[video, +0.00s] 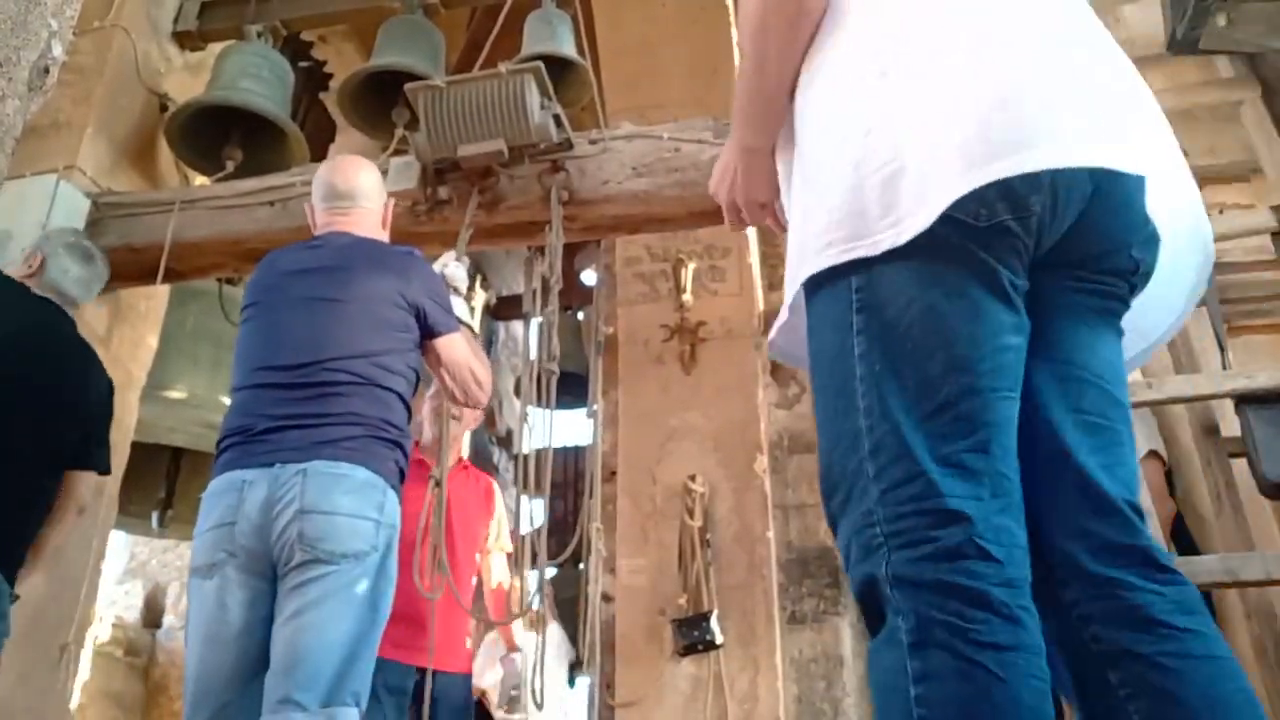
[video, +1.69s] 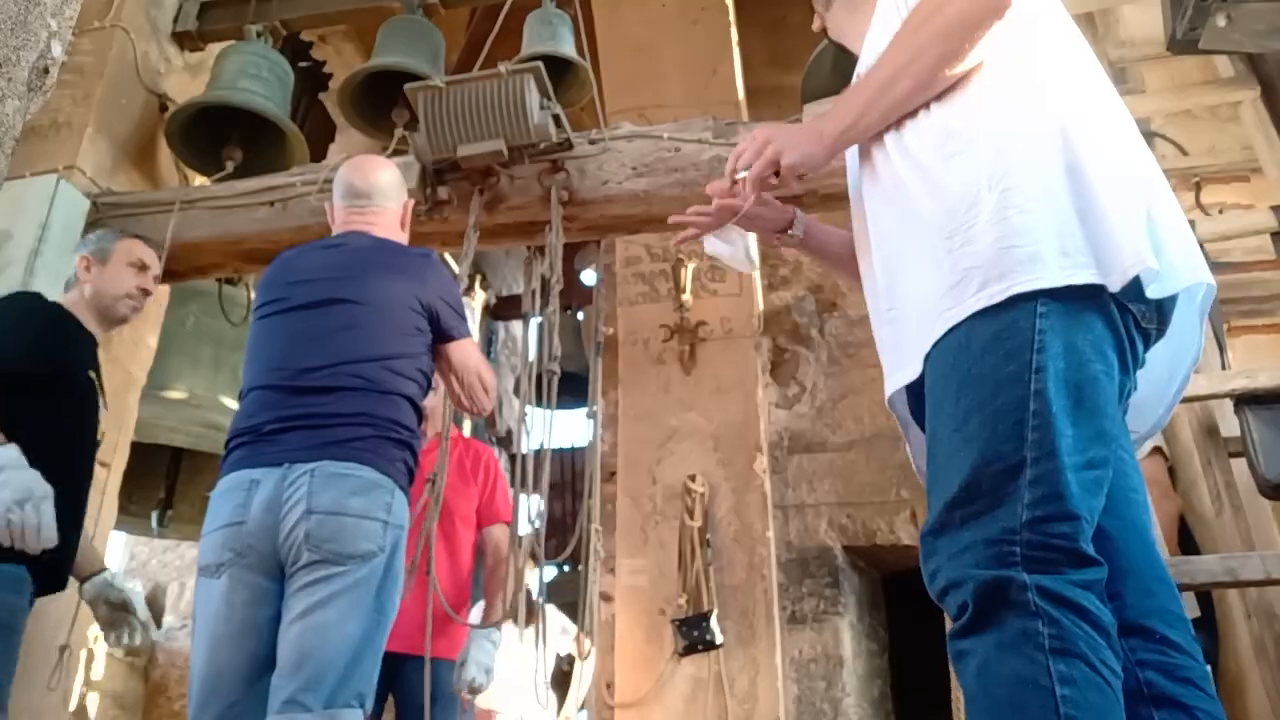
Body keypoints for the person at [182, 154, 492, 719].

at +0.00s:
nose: (392, 214)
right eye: (392, 208)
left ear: (312, 217)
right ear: (387, 212)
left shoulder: (266, 271)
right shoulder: (407, 269)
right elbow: (474, 386)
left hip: (232, 489)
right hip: (346, 488)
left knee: (214, 709)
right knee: (308, 708)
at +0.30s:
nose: (390, 215)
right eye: (390, 208)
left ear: (310, 218)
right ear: (385, 211)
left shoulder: (265, 270)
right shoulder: (405, 266)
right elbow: (472, 386)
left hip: (230, 489)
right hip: (345, 485)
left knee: (214, 709)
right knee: (309, 708)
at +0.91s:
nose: (413, 223)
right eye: (413, 217)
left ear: (332, 209)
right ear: (407, 219)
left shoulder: (276, 265)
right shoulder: (417, 264)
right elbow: (480, 386)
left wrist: (430, 369)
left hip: (233, 489)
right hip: (347, 488)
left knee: (217, 709)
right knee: (310, 707)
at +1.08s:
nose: (423, 232)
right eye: (424, 223)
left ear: (347, 207)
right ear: (420, 221)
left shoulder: (281, 265)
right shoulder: (421, 265)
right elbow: (489, 385)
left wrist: (432, 369)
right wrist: (438, 328)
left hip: (235, 489)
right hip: (348, 488)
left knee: (217, 709)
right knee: (309, 706)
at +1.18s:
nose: (419, 226)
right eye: (421, 219)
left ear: (341, 209)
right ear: (415, 220)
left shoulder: (278, 267)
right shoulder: (423, 267)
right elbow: (489, 390)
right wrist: (454, 339)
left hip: (239, 487)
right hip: (354, 487)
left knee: (217, 707)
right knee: (313, 706)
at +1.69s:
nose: (411, 217)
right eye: (412, 211)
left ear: (330, 215)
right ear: (406, 214)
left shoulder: (277, 271)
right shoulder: (424, 269)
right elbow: (481, 399)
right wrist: (443, 340)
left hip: (241, 487)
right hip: (354, 487)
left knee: (218, 708)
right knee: (313, 708)